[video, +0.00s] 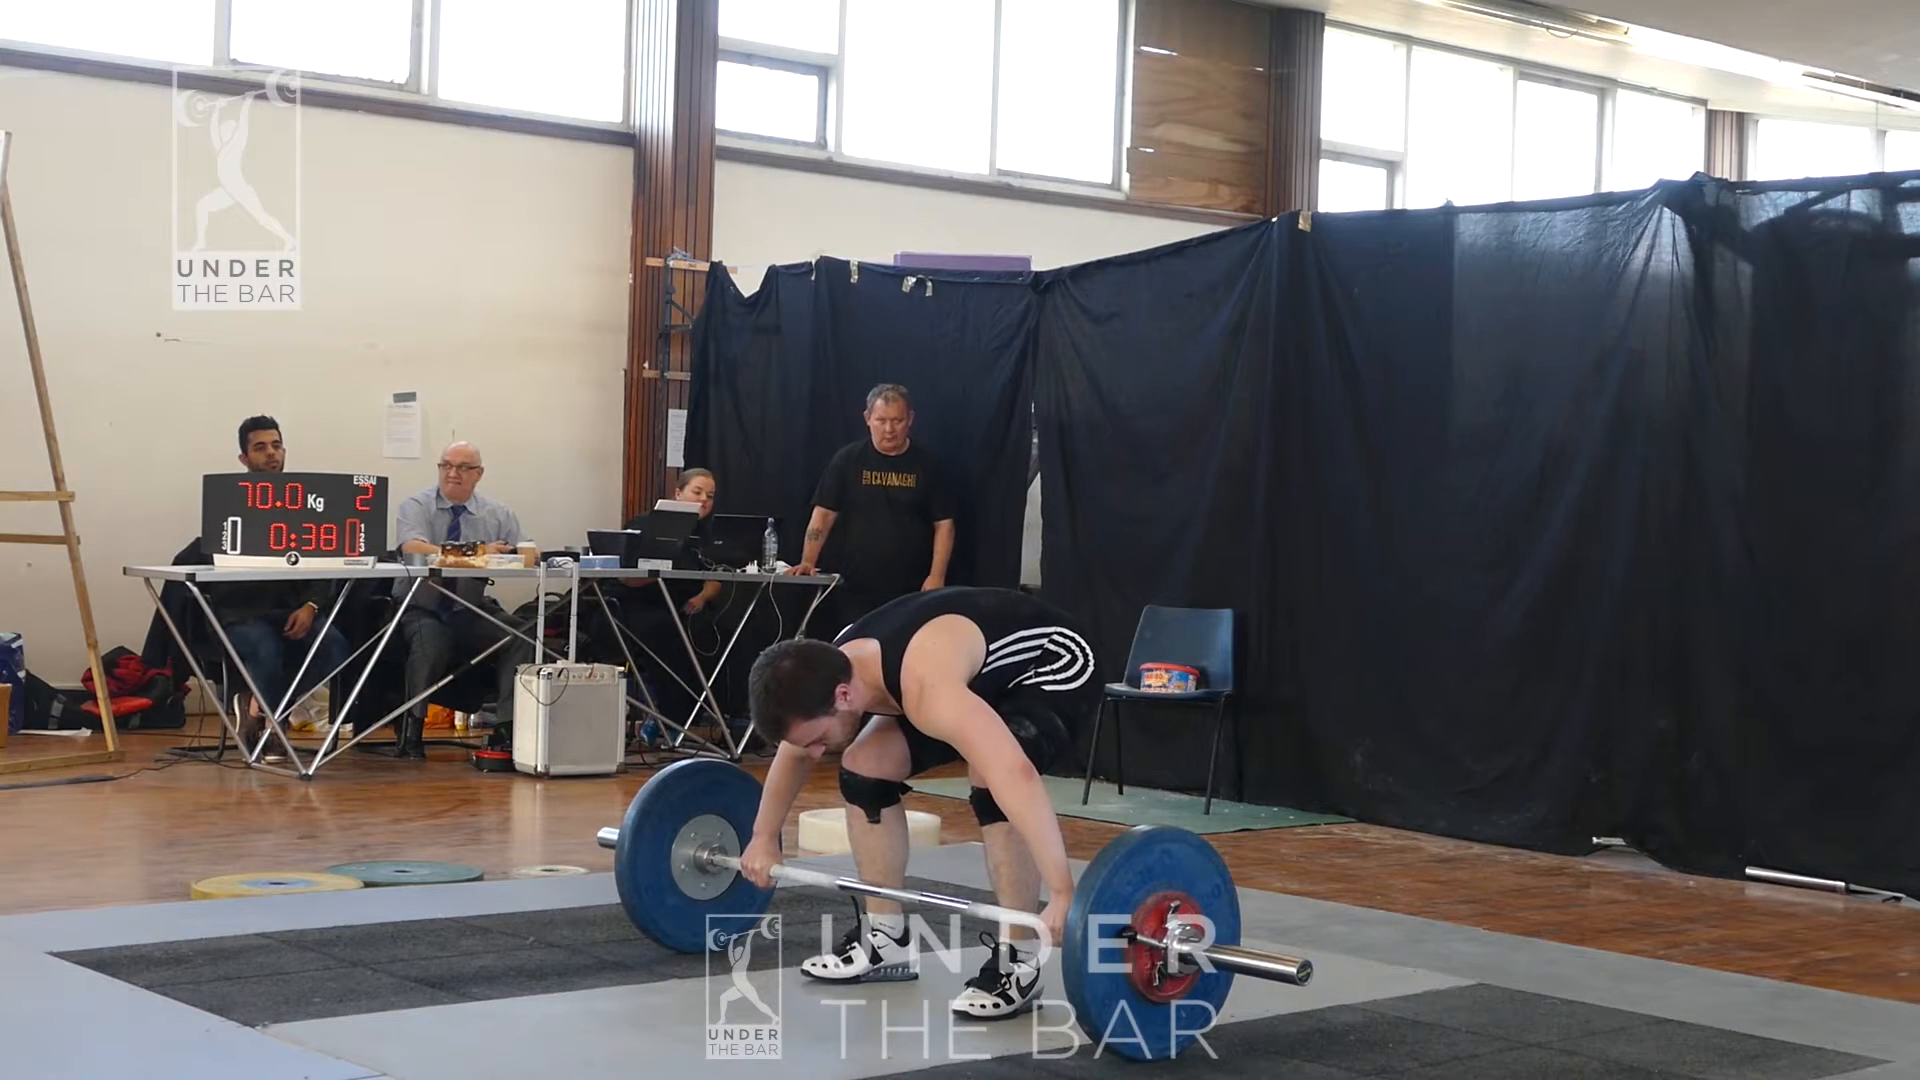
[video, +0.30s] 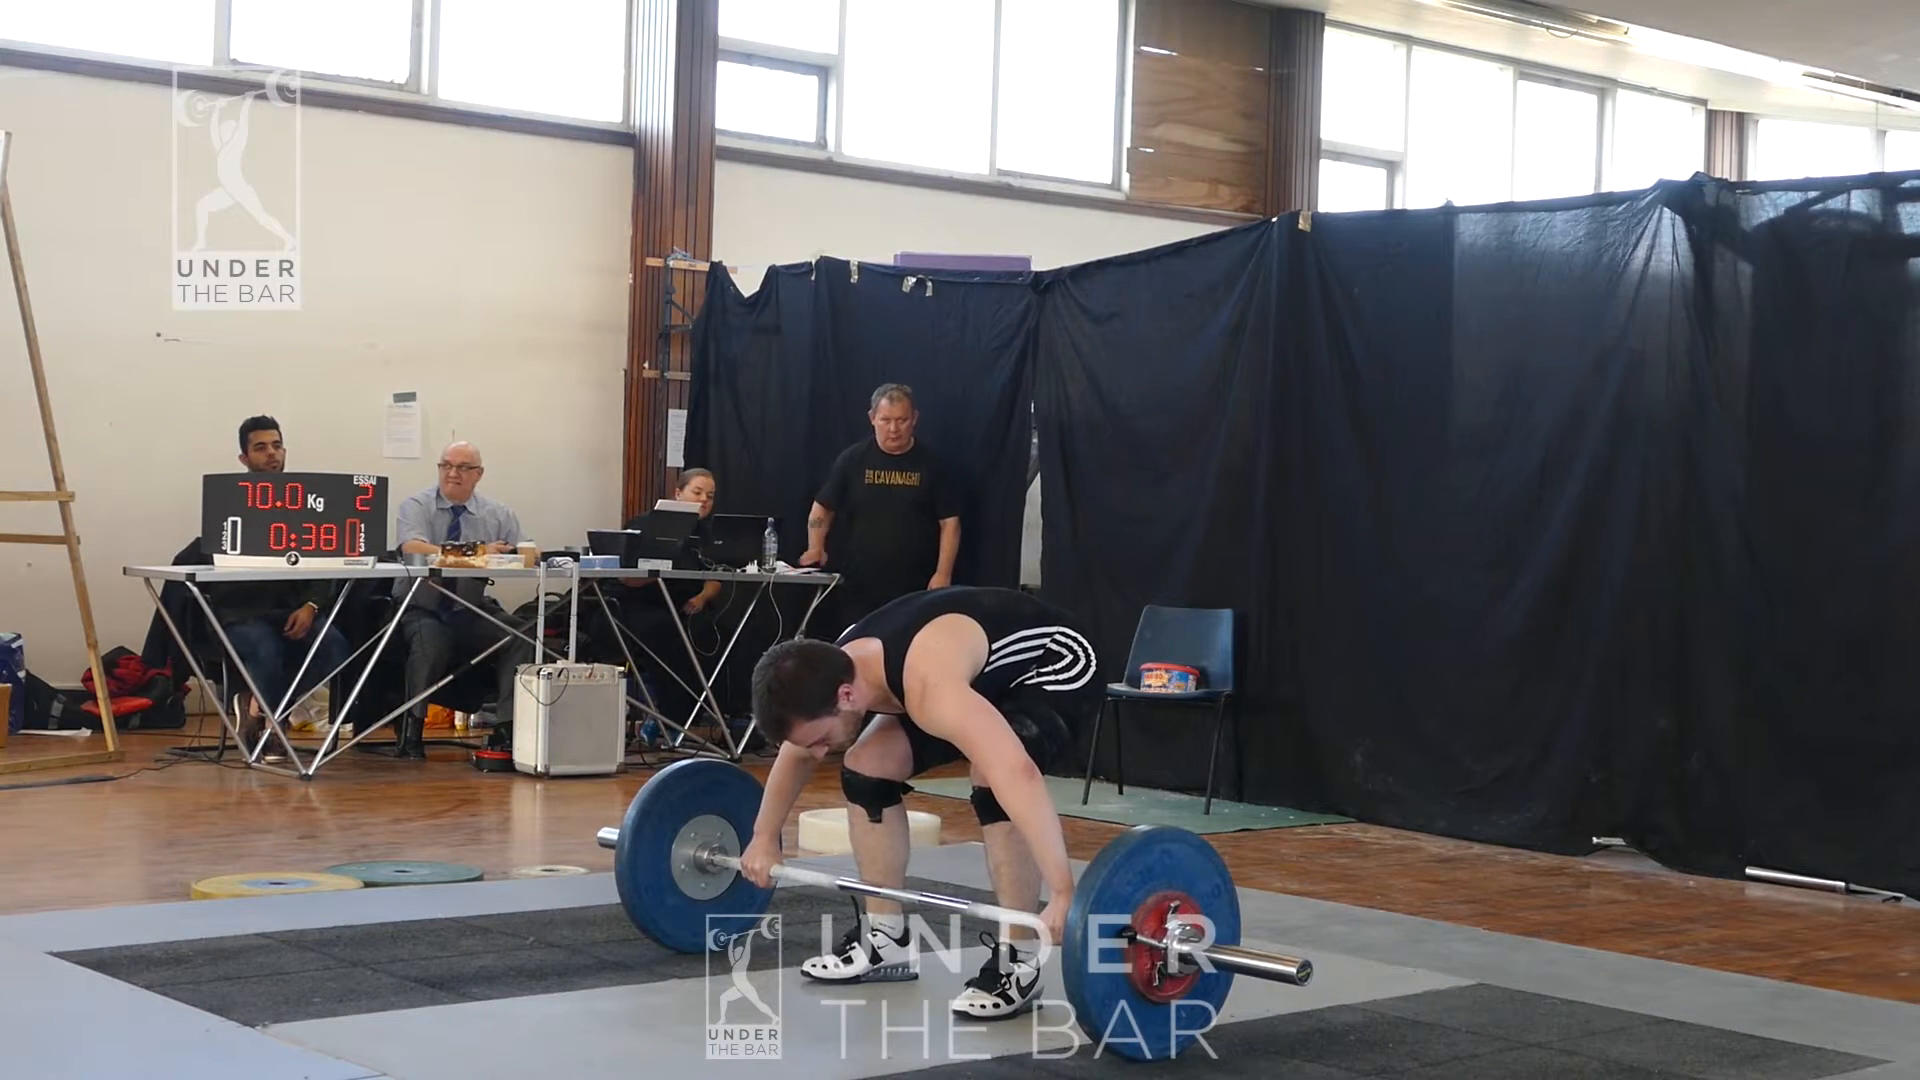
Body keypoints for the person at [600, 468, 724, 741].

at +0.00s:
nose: (704, 500)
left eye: (710, 496)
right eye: (697, 493)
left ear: (714, 502)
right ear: (679, 493)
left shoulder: (709, 532)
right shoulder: (646, 524)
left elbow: (717, 577)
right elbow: (628, 577)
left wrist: (703, 596)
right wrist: (656, 570)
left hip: (684, 606)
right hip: (643, 603)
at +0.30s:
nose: (704, 500)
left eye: (710, 496)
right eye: (697, 493)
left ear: (714, 502)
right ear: (679, 493)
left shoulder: (709, 532)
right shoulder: (646, 525)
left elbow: (717, 577)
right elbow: (629, 578)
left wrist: (703, 596)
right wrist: (659, 567)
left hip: (684, 607)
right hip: (643, 604)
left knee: (706, 633)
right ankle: (670, 720)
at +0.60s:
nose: (704, 500)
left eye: (710, 496)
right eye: (697, 492)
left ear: (714, 502)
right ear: (679, 493)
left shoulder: (707, 532)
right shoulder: (647, 525)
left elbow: (717, 578)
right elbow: (628, 578)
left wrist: (703, 596)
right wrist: (660, 568)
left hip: (683, 607)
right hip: (642, 604)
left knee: (707, 633)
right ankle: (671, 722)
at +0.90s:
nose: (704, 500)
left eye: (710, 495)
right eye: (697, 492)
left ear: (714, 502)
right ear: (678, 494)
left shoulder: (706, 534)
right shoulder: (648, 525)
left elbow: (716, 579)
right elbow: (628, 578)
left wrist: (702, 597)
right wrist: (663, 568)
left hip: (683, 610)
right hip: (643, 607)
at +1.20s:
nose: (704, 499)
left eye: (710, 495)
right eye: (697, 491)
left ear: (714, 502)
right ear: (678, 493)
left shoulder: (705, 533)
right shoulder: (648, 524)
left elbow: (716, 578)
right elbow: (629, 577)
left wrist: (702, 597)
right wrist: (664, 567)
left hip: (682, 612)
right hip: (642, 610)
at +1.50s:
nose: (704, 499)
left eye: (710, 495)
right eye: (697, 491)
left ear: (714, 502)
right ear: (678, 493)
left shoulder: (706, 534)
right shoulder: (646, 525)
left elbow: (717, 578)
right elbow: (629, 578)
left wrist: (701, 597)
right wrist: (661, 567)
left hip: (685, 614)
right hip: (643, 612)